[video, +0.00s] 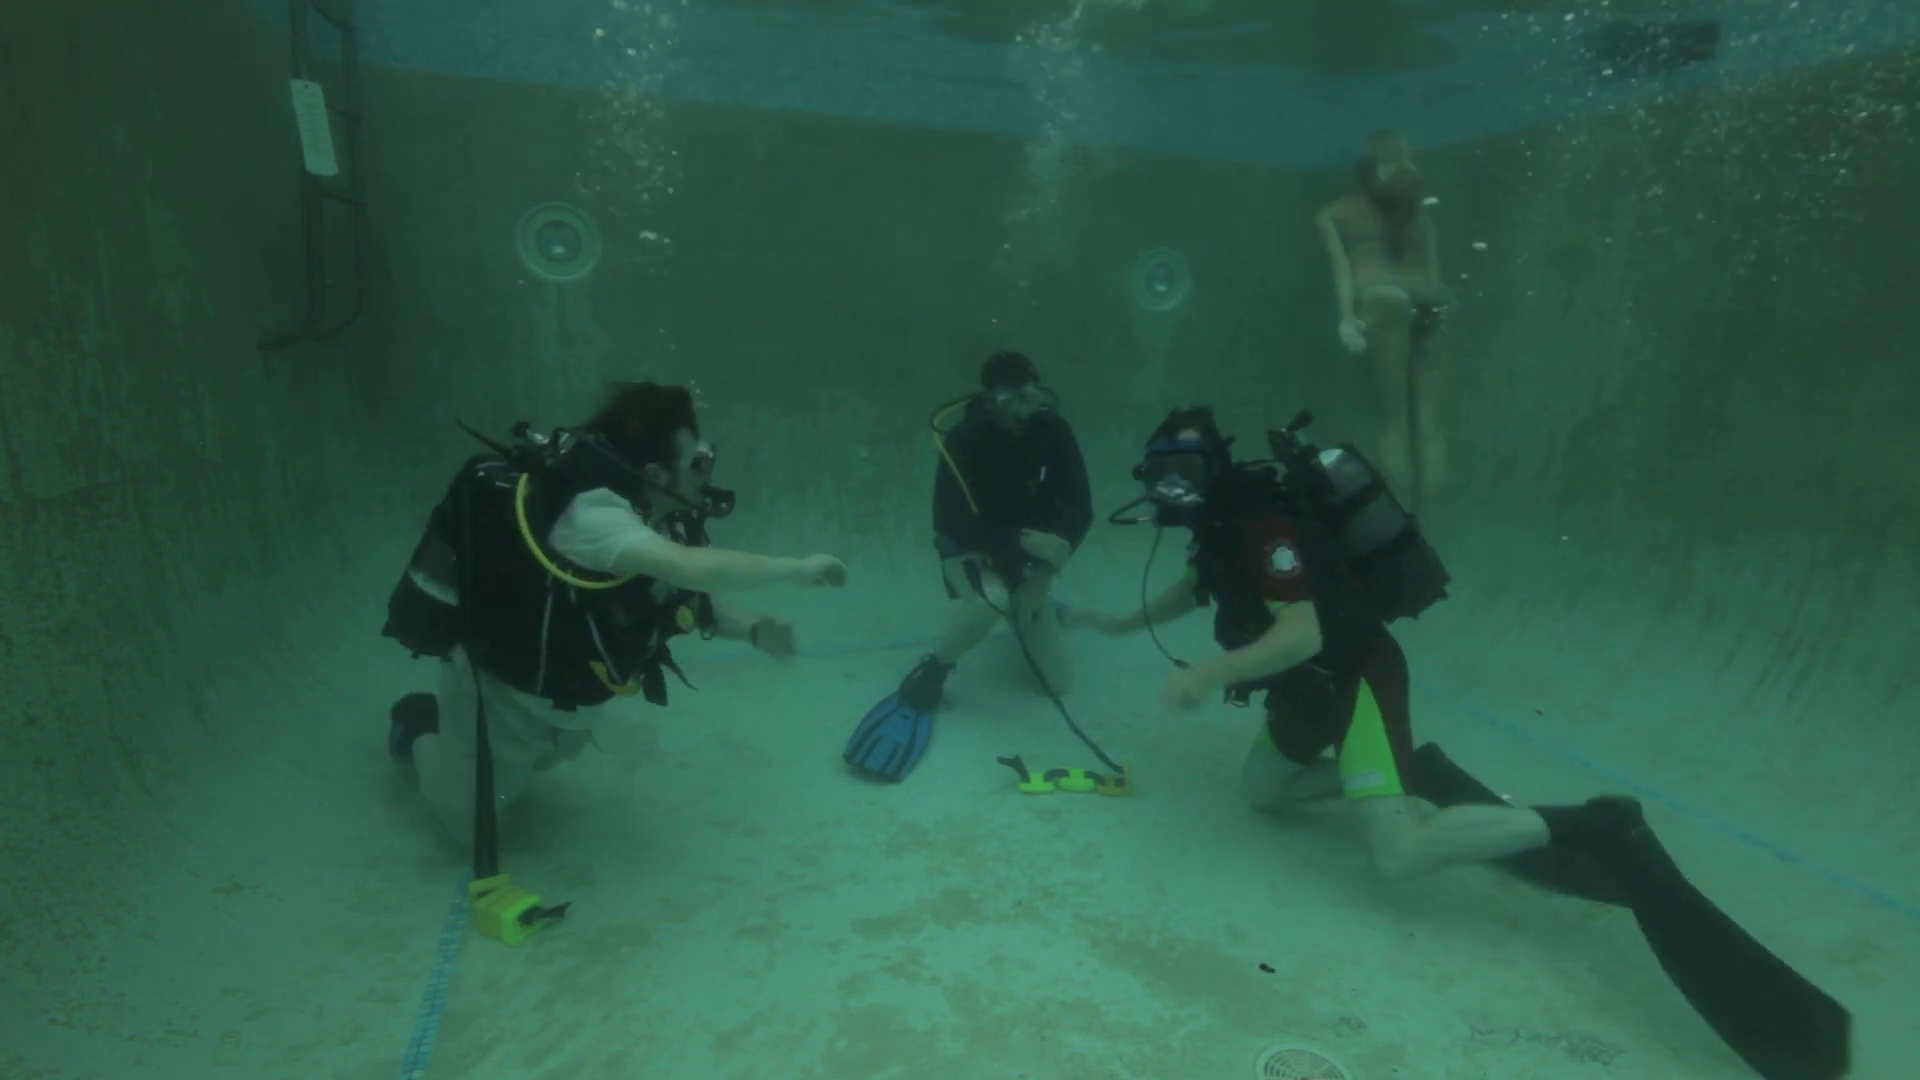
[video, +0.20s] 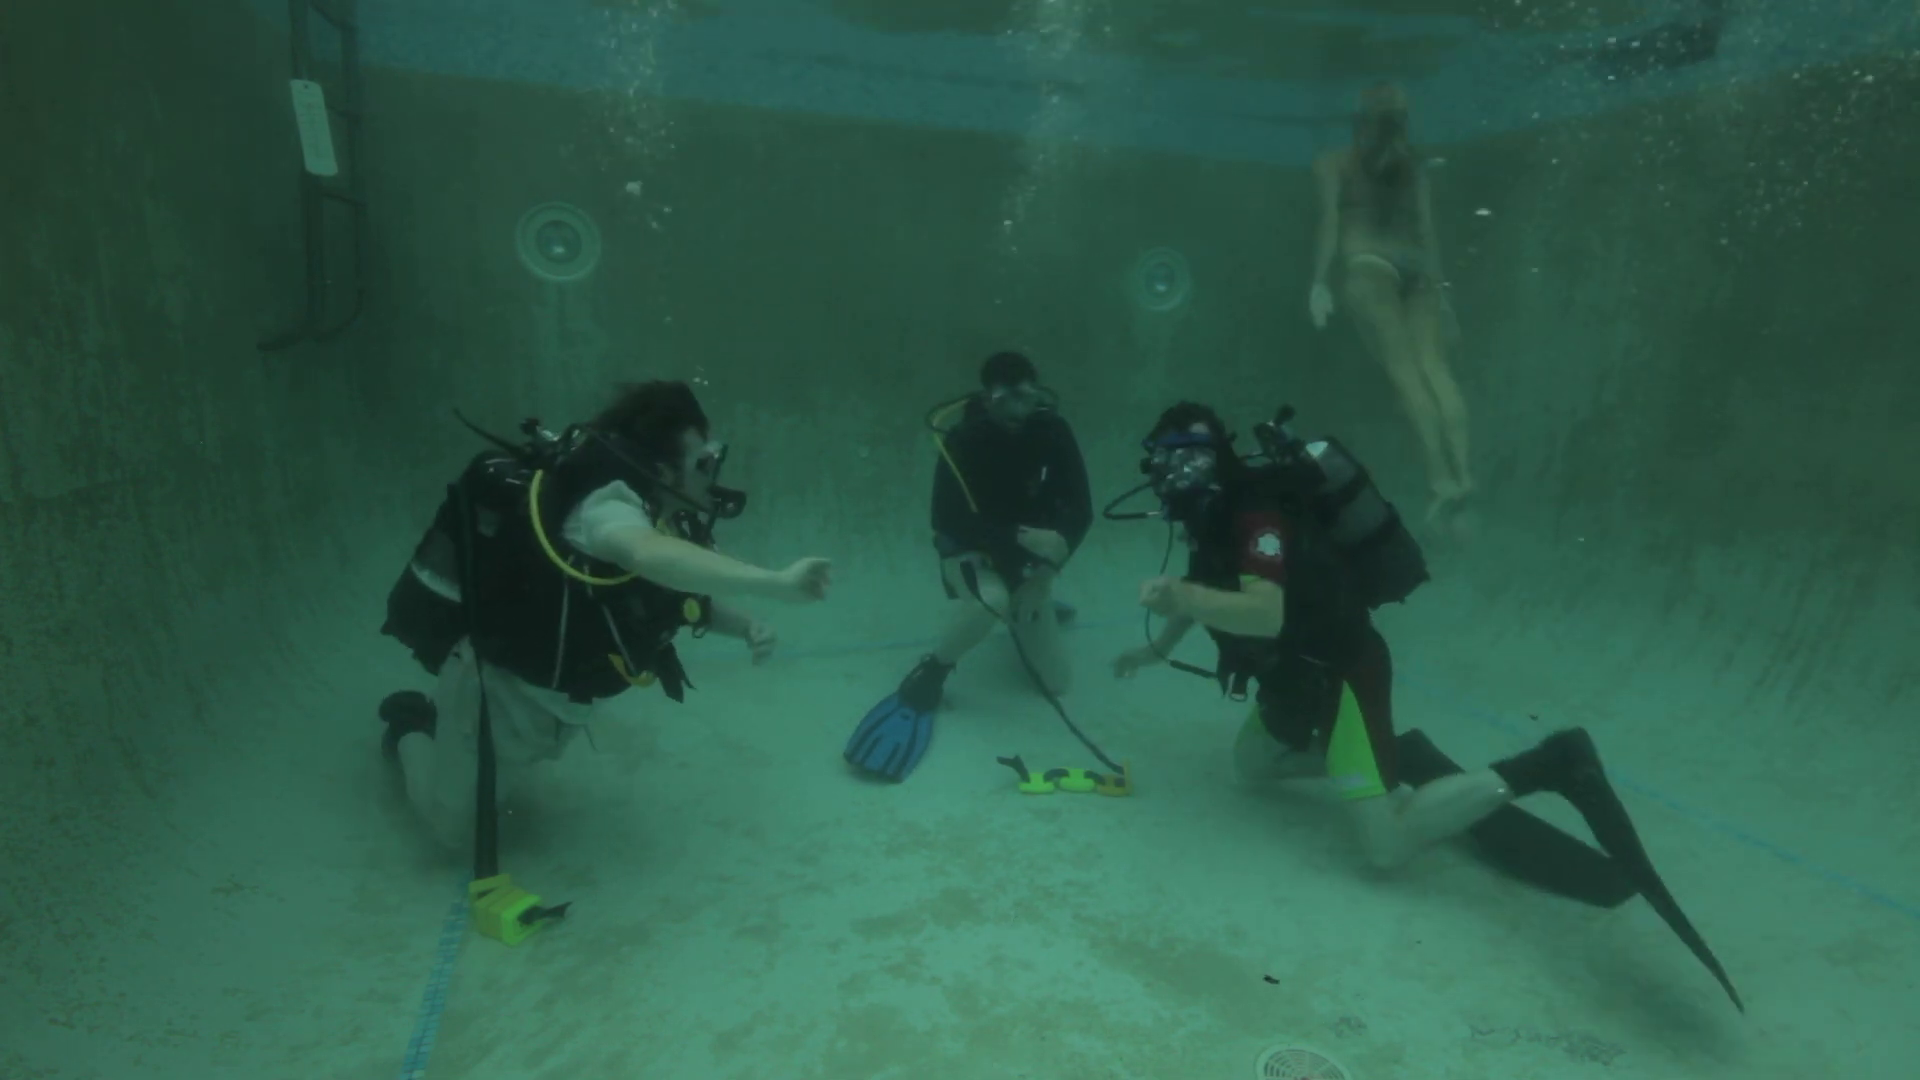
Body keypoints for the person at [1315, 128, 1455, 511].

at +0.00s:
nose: (1403, 170)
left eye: (1403, 161)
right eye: (1397, 162)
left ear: (1365, 166)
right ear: (1396, 166)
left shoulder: (1335, 213)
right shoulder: (1418, 206)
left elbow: (1341, 267)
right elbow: (1432, 260)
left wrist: (1345, 316)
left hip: (1381, 301)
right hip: (1429, 300)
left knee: (1393, 415)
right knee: (1431, 418)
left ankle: (1399, 513)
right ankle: (1432, 520)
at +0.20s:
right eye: (1396, 115)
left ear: (1362, 117)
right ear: (1401, 119)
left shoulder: (1335, 162)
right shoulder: (1412, 165)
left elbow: (1329, 225)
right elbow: (1427, 234)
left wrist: (1319, 283)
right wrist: (1442, 291)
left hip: (1366, 260)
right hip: (1415, 263)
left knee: (1402, 369)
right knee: (1434, 364)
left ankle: (1442, 480)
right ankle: (1464, 473)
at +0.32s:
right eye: (1397, 90)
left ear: (1361, 96)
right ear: (1403, 95)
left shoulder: (1341, 134)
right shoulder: (1420, 141)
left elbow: (1343, 194)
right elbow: (1430, 205)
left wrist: (1337, 252)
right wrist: (1447, 260)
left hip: (1363, 242)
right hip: (1409, 244)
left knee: (1389, 344)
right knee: (1419, 348)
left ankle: (1454, 425)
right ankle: (1477, 420)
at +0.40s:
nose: (1391, 83)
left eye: (1395, 75)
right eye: (1387, 75)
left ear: (1360, 77)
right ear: (1405, 79)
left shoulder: (1344, 119)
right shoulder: (1417, 123)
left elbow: (1348, 175)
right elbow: (1431, 184)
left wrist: (1350, 236)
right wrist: (1449, 242)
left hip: (1365, 234)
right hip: (1414, 236)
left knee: (1366, 344)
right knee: (1405, 343)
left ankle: (1445, 386)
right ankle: (1461, 387)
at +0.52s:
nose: (1395, 72)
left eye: (1396, 63)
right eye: (1393, 64)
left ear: (1358, 61)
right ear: (1399, 65)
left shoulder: (1336, 102)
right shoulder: (1411, 102)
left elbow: (1342, 159)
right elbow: (1431, 161)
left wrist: (1346, 213)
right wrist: (1449, 213)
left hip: (1365, 215)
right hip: (1410, 215)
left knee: (1345, 322)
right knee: (1396, 328)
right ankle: (1436, 398)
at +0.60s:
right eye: (1395, 54)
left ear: (1347, 55)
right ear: (1392, 54)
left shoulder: (1327, 91)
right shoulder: (1404, 88)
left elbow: (1332, 146)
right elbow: (1427, 145)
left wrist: (1335, 199)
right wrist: (1445, 197)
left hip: (1362, 191)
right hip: (1410, 190)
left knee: (1349, 305)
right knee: (1389, 307)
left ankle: (1363, 413)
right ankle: (1413, 418)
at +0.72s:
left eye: (1322, 32)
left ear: (1339, 28)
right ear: (1386, 27)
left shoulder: (1326, 68)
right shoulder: (1398, 57)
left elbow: (1318, 125)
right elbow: (1422, 116)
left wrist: (1312, 175)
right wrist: (1437, 171)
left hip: (1359, 153)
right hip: (1409, 155)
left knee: (1364, 276)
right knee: (1396, 276)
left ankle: (1363, 392)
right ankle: (1389, 391)